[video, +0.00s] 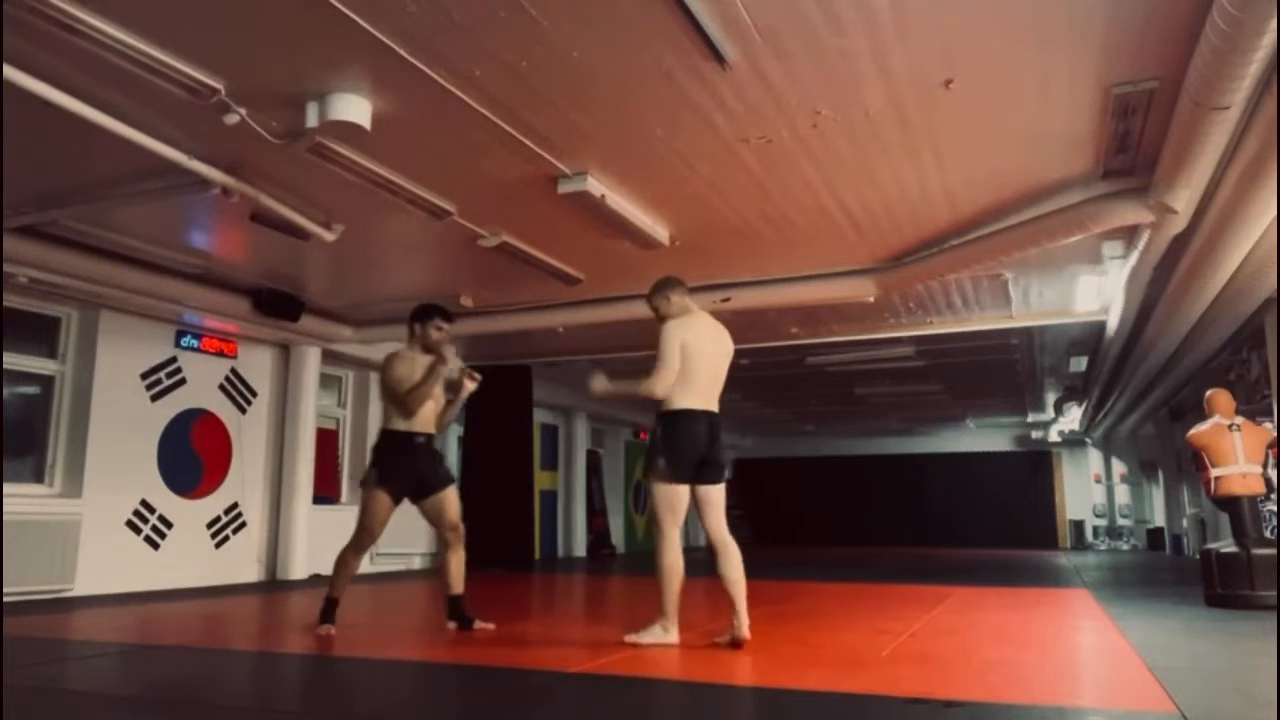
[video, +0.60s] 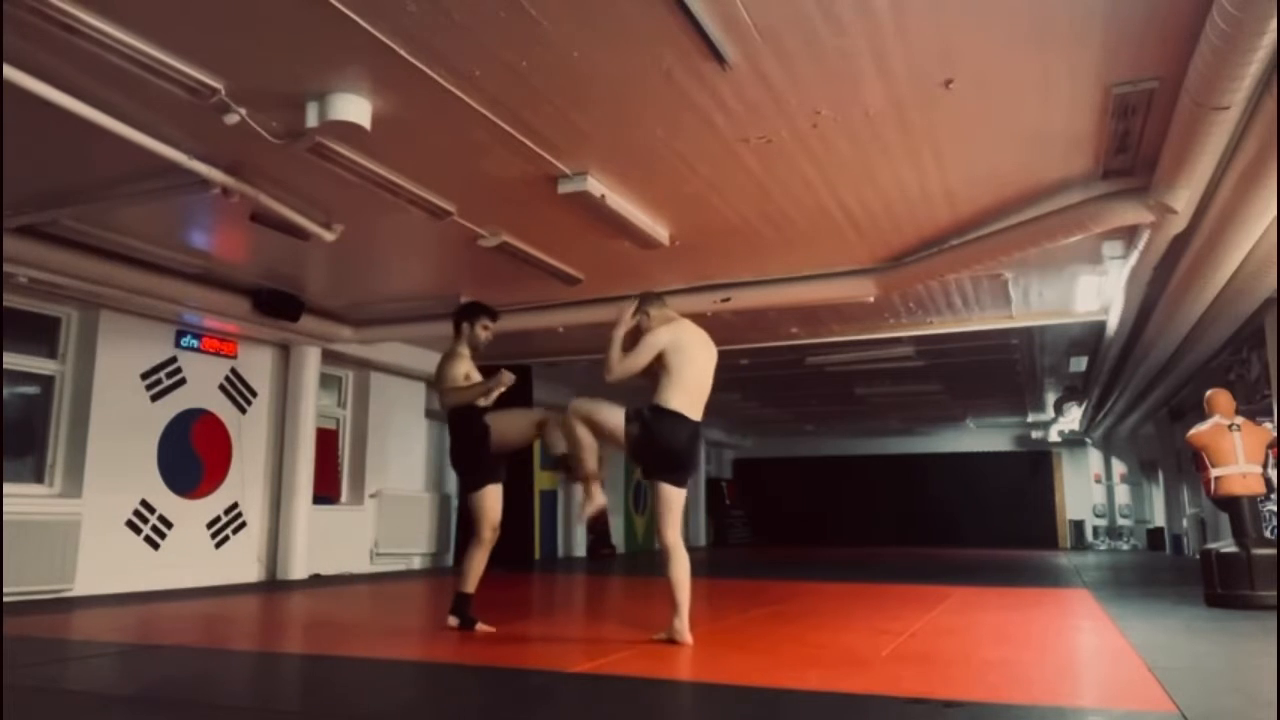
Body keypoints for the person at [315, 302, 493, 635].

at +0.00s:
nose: (443, 336)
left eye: (446, 332)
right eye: (437, 329)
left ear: (445, 335)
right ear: (416, 328)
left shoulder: (439, 368)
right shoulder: (397, 360)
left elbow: (438, 423)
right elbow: (408, 404)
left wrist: (461, 396)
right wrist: (438, 366)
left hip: (426, 455)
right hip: (393, 452)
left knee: (454, 530)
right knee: (365, 536)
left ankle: (457, 609)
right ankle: (329, 610)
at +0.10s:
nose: (459, 337)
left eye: (462, 332)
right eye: (453, 329)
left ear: (462, 335)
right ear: (433, 329)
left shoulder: (453, 367)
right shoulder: (416, 361)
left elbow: (455, 420)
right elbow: (427, 404)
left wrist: (478, 398)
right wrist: (458, 368)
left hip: (447, 453)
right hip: (413, 450)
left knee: (466, 531)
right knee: (386, 529)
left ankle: (459, 609)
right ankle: (338, 591)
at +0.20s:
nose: (471, 335)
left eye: (473, 329)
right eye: (465, 327)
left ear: (472, 332)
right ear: (446, 326)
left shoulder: (462, 366)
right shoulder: (430, 358)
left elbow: (463, 419)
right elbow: (443, 401)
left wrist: (489, 393)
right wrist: (472, 369)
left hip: (457, 446)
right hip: (428, 441)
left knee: (471, 529)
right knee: (424, 505)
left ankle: (459, 609)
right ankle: (370, 560)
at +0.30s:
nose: (476, 333)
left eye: (479, 328)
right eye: (472, 326)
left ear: (475, 331)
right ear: (452, 325)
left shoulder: (466, 364)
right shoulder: (441, 355)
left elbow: (471, 414)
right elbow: (447, 401)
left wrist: (494, 386)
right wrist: (481, 371)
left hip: (465, 440)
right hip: (442, 434)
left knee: (475, 530)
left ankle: (461, 608)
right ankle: (402, 539)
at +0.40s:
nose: (481, 333)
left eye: (483, 328)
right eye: (476, 326)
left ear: (478, 330)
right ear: (457, 324)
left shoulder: (467, 362)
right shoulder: (446, 356)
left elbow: (475, 411)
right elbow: (445, 401)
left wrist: (497, 384)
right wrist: (483, 375)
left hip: (467, 439)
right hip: (453, 433)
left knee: (479, 529)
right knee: (512, 449)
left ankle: (462, 605)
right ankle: (460, 503)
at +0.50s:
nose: (484, 334)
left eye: (486, 328)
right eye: (479, 326)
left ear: (479, 330)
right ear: (460, 325)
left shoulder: (468, 364)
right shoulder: (450, 358)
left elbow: (475, 413)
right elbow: (445, 398)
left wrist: (496, 389)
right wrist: (486, 379)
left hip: (474, 447)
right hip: (466, 434)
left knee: (485, 532)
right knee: (537, 429)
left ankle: (462, 607)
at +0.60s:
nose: (489, 336)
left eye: (491, 330)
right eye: (485, 329)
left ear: (475, 331)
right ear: (465, 327)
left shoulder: (466, 363)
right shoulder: (455, 359)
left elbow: (456, 408)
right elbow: (448, 398)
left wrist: (485, 399)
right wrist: (489, 385)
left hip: (475, 446)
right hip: (475, 435)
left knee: (486, 531)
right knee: (549, 417)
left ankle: (461, 608)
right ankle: (561, 457)